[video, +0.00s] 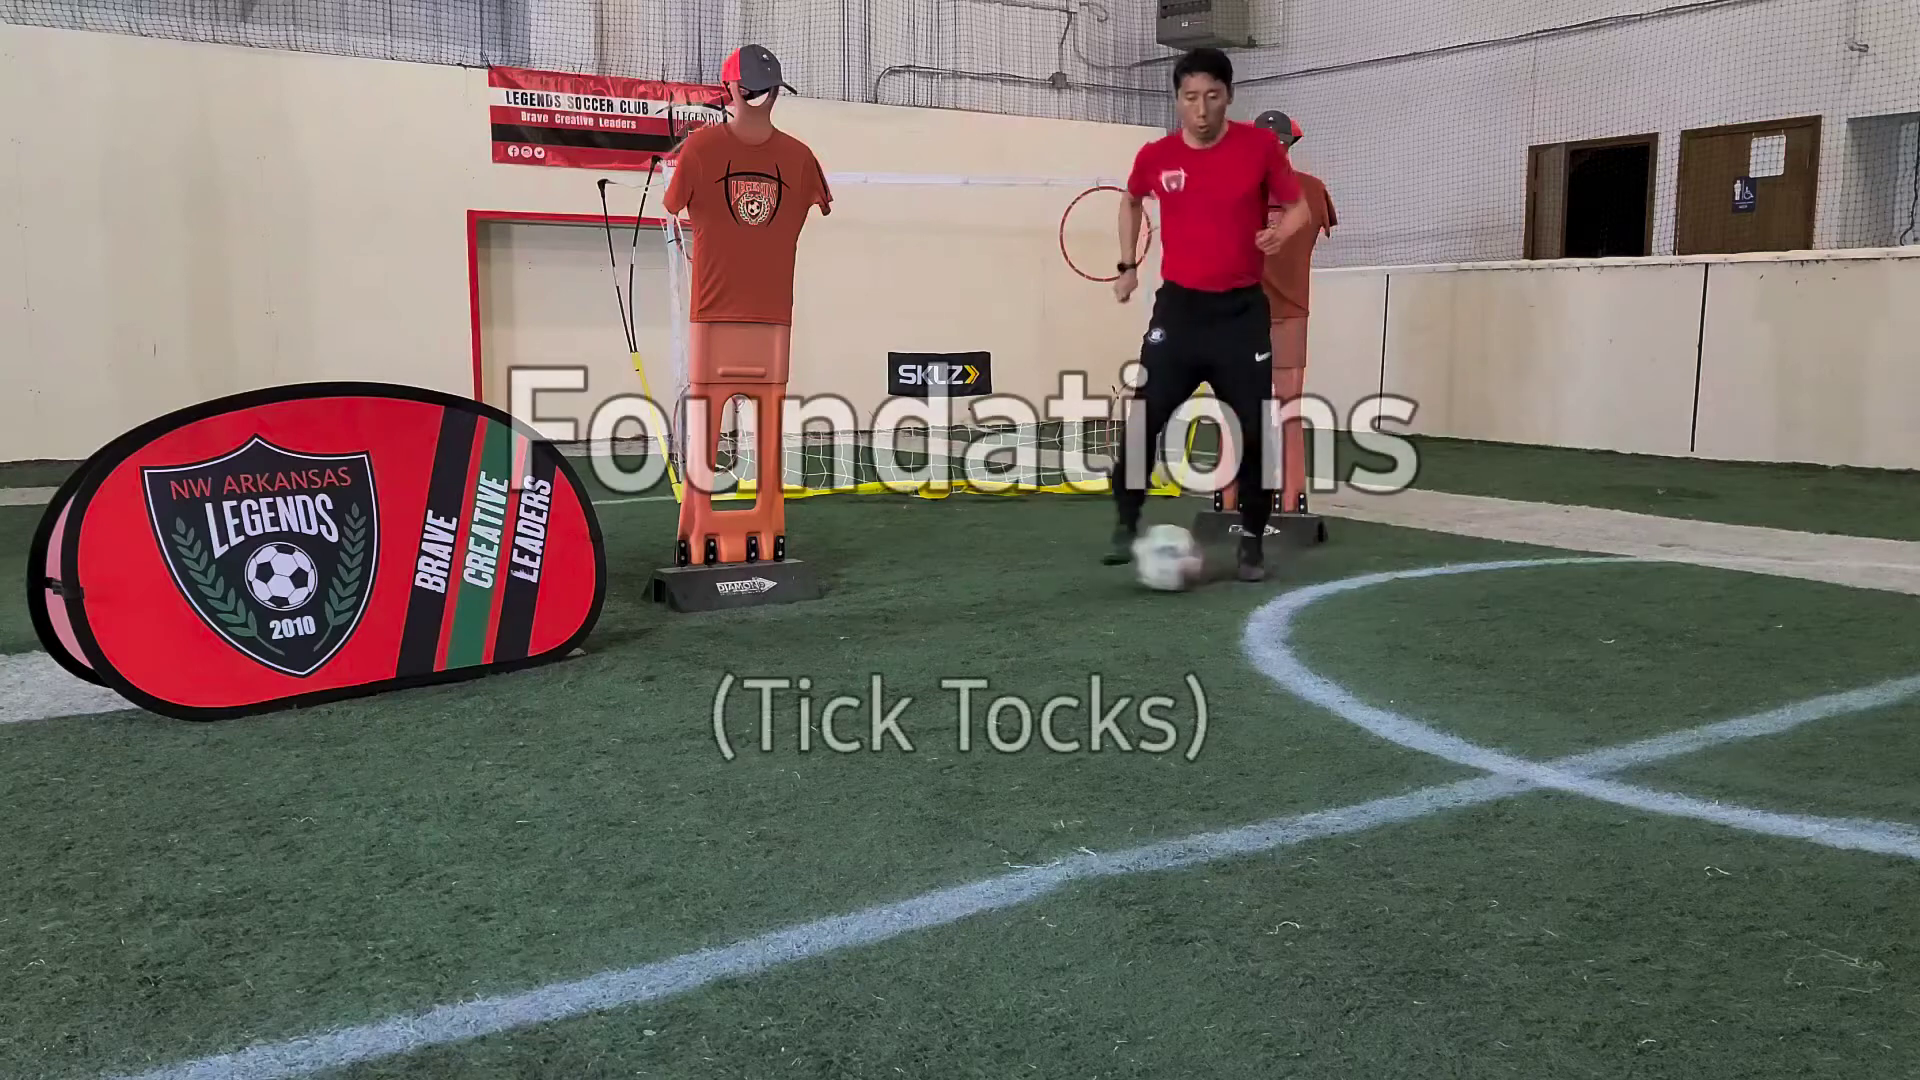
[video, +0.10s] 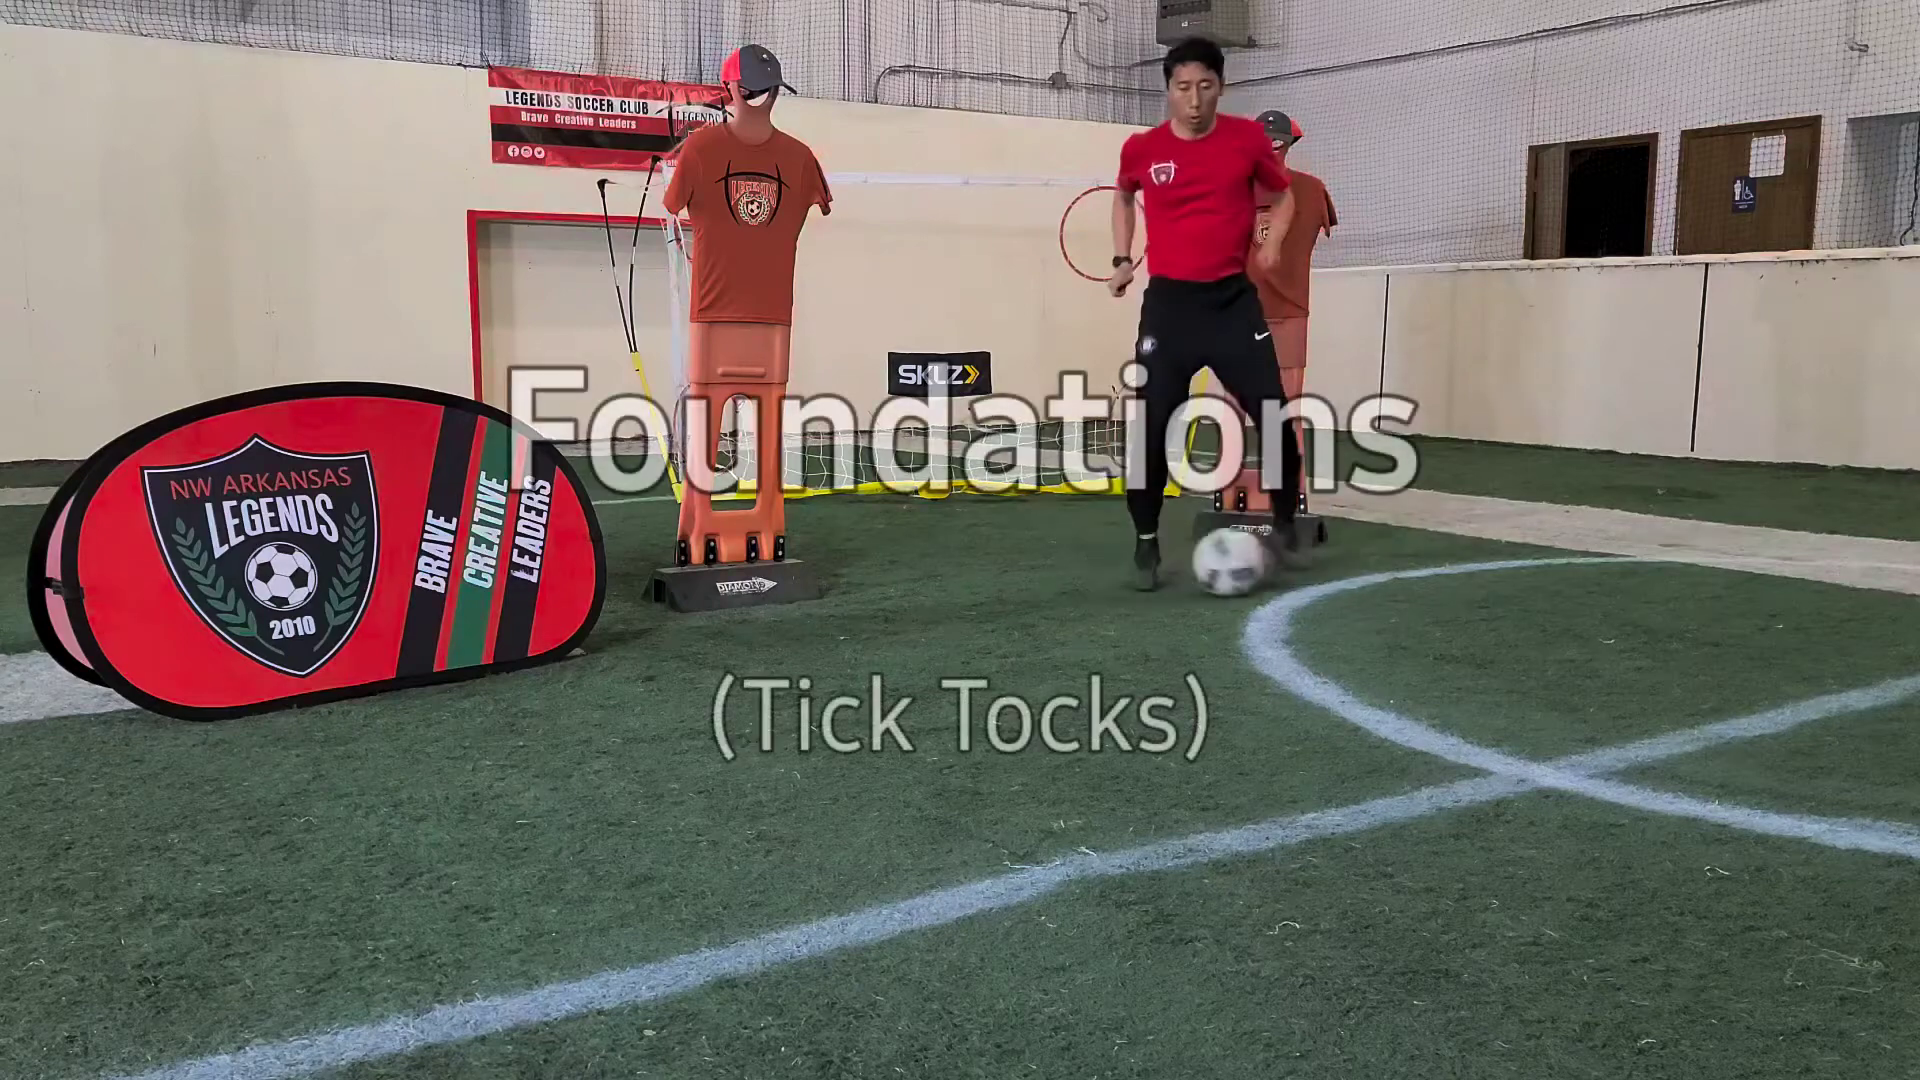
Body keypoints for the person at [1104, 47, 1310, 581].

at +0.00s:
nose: (1201, 107)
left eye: (1211, 96)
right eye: (1191, 96)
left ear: (1228, 98)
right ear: (1177, 100)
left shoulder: (1263, 146)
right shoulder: (1156, 155)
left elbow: (1301, 206)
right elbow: (1130, 202)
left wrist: (1282, 231)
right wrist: (1128, 264)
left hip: (1243, 308)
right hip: (1178, 306)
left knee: (1255, 424)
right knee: (1147, 414)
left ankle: (1252, 541)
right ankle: (1127, 523)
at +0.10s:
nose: (1194, 96)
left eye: (1205, 86)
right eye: (1184, 86)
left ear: (1220, 90)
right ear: (1168, 90)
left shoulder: (1250, 140)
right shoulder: (1141, 149)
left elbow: (1282, 196)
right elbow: (1123, 197)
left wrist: (1272, 242)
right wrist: (1123, 257)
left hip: (1232, 301)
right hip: (1168, 303)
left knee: (1272, 411)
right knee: (1151, 422)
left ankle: (1286, 526)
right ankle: (1146, 538)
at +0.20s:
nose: (1192, 110)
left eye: (1202, 99)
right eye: (1181, 98)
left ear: (1216, 103)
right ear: (1163, 103)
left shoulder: (1239, 156)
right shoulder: (1132, 168)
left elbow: (1267, 209)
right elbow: (1095, 232)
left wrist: (1272, 271)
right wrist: (1106, 272)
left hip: (1225, 316)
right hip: (1160, 322)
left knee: (1281, 411)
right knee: (1150, 438)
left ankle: (1304, 524)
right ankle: (1150, 552)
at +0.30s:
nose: (1194, 97)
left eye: (1205, 86)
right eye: (1183, 87)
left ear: (1219, 91)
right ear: (1166, 92)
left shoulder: (1240, 143)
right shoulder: (1138, 149)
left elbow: (1255, 189)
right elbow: (1092, 223)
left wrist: (1262, 249)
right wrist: (1117, 232)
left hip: (1220, 307)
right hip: (1155, 312)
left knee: (1268, 411)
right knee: (1145, 431)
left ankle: (1288, 523)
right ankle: (1147, 549)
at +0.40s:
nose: (1194, 83)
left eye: (1205, 71)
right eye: (1183, 72)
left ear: (1222, 76)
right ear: (1167, 77)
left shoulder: (1250, 130)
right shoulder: (1141, 137)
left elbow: (1262, 184)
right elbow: (1099, 206)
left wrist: (1260, 237)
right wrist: (1114, 261)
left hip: (1225, 300)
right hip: (1156, 301)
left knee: (1249, 430)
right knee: (1127, 423)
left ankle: (1231, 554)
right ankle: (1119, 538)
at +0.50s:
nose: (1189, 93)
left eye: (1200, 81)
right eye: (1177, 82)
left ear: (1218, 86)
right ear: (1162, 90)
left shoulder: (1254, 145)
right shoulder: (1139, 152)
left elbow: (1286, 222)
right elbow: (1104, 213)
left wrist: (1263, 236)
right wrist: (1095, 286)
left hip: (1225, 318)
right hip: (1156, 313)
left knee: (1222, 446)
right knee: (1118, 428)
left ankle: (1208, 565)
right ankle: (1088, 529)